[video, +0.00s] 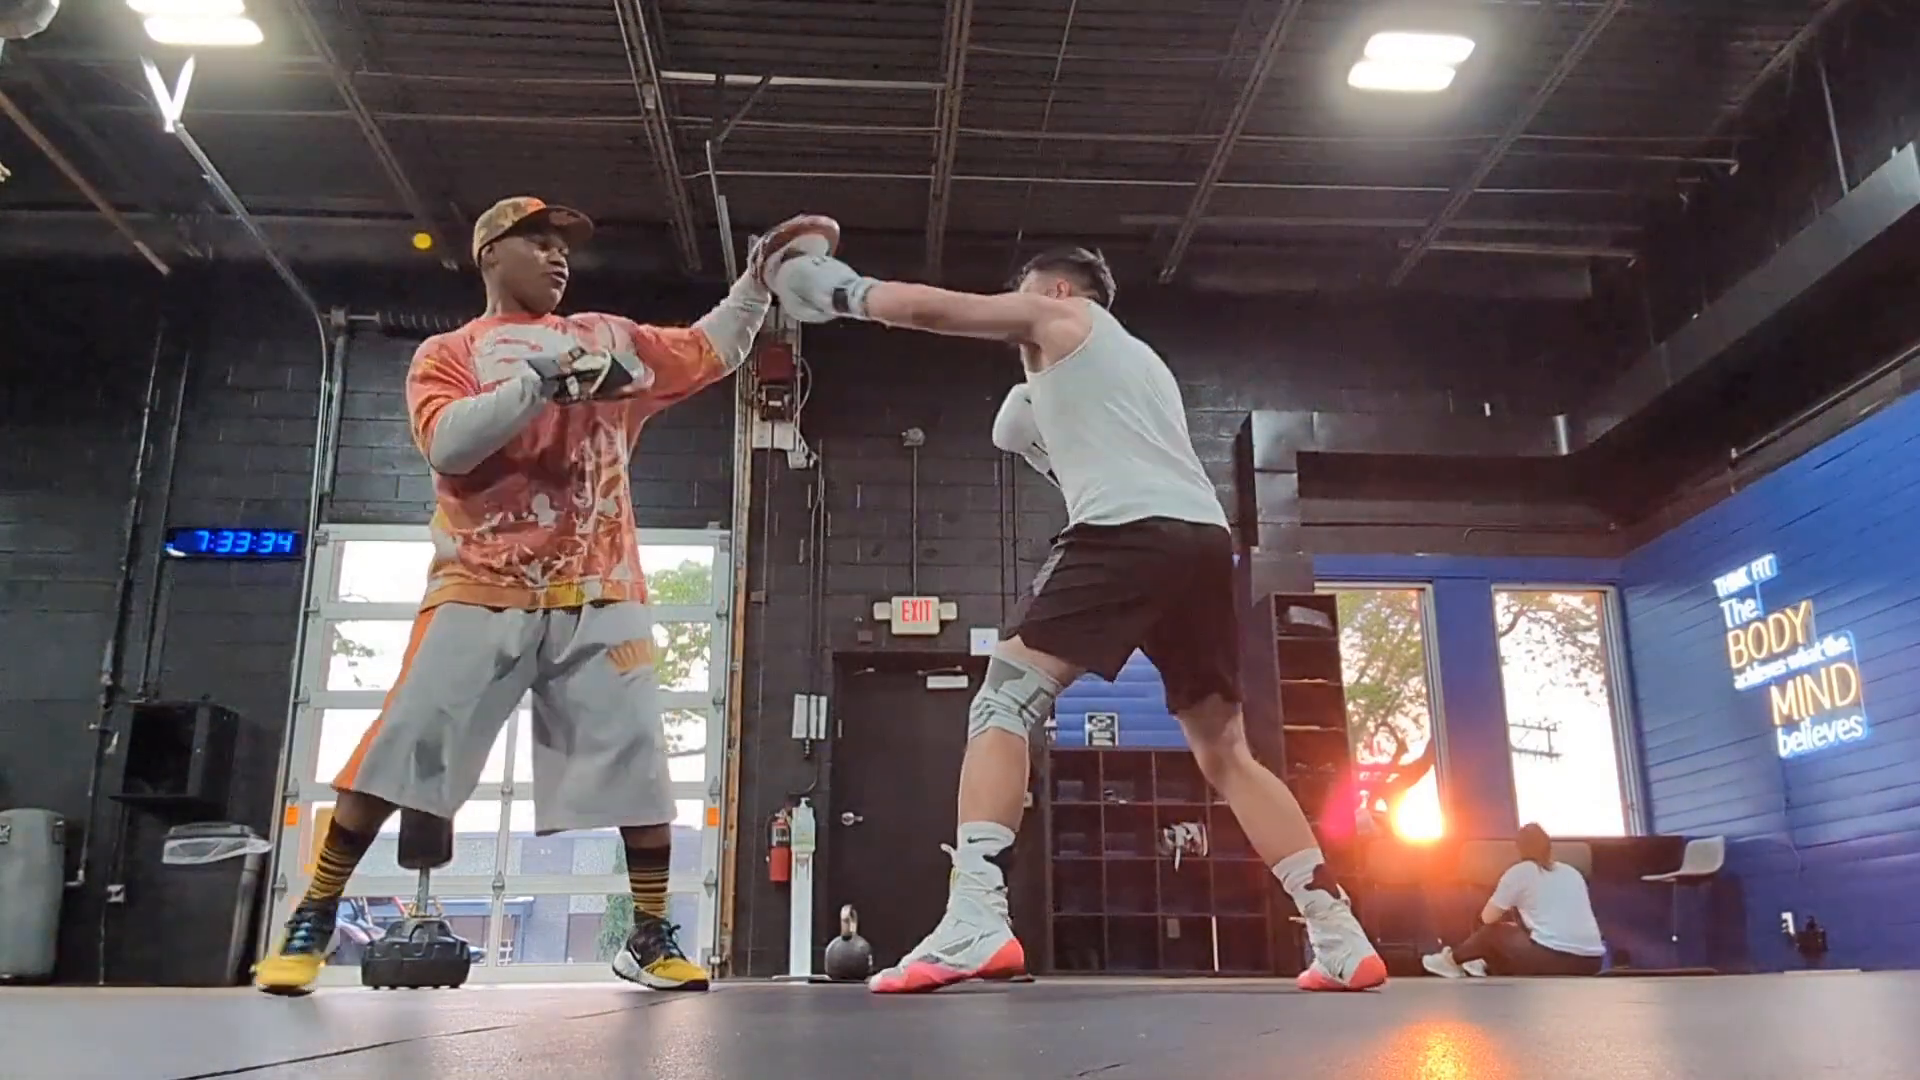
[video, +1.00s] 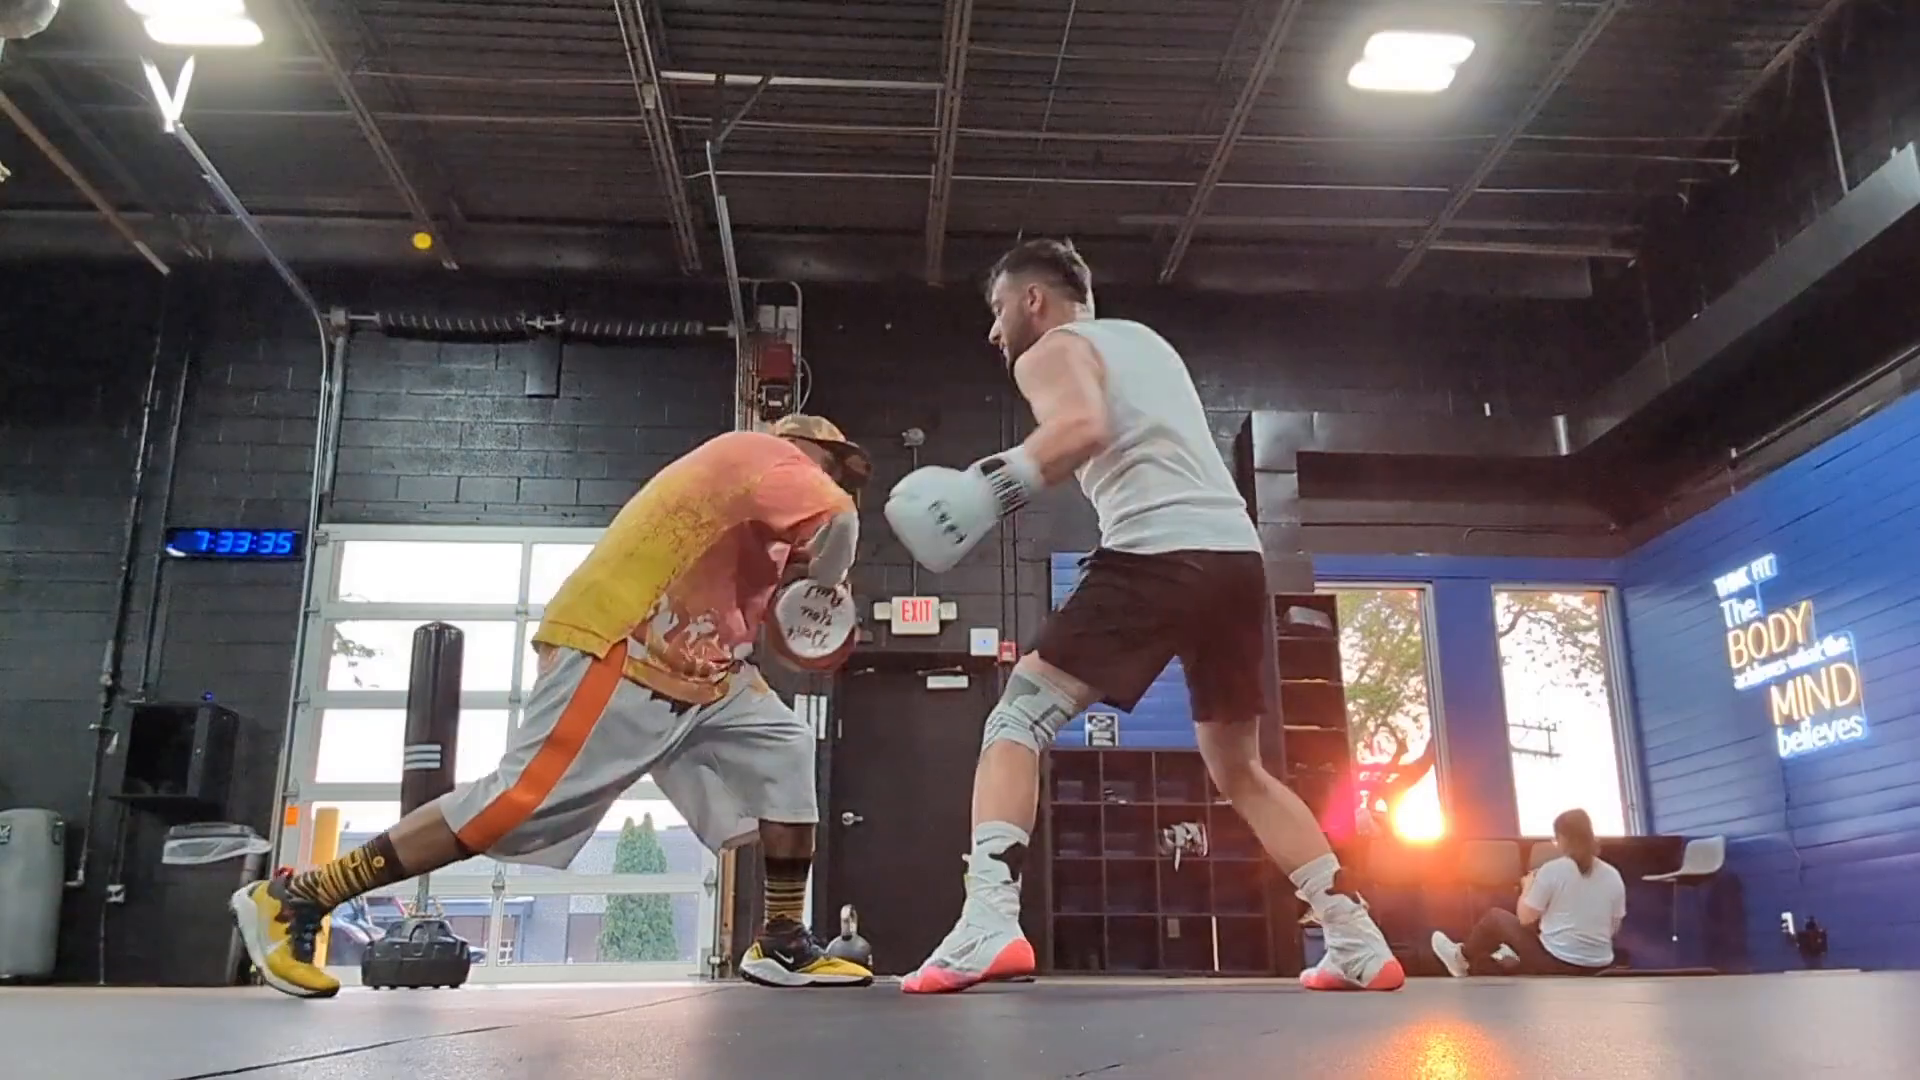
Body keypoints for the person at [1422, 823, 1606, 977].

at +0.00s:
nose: (1518, 848)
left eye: (1519, 844)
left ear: (1521, 848)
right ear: (1547, 846)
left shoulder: (1519, 873)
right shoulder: (1573, 873)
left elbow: (1488, 917)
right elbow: (1561, 914)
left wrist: (1517, 924)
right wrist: (1522, 920)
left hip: (1554, 959)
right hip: (1591, 962)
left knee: (1492, 932)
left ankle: (1450, 960)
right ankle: (1481, 963)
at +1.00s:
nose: (1556, 843)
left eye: (1557, 838)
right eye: (1556, 838)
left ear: (1563, 839)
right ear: (1588, 836)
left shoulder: (1552, 871)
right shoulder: (1612, 875)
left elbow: (1525, 918)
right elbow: (1614, 927)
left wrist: (1527, 889)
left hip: (1560, 961)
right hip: (1600, 962)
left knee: (1496, 918)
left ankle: (1462, 957)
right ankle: (1516, 955)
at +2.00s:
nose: (1519, 851)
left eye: (1519, 845)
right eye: (1519, 846)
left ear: (1524, 842)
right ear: (1549, 839)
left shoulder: (1522, 867)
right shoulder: (1579, 868)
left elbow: (1515, 920)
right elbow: (1602, 923)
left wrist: (1509, 927)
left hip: (1547, 961)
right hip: (1591, 962)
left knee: (1476, 921)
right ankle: (1509, 964)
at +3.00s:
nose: (1513, 853)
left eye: (1512, 848)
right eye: (1511, 849)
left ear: (1518, 844)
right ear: (1542, 839)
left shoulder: (1518, 869)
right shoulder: (1574, 867)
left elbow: (1515, 923)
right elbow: (1600, 921)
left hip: (1549, 961)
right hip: (1592, 962)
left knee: (1475, 923)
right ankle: (1514, 966)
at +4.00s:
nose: (1515, 853)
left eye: (1513, 848)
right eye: (1513, 848)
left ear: (1518, 844)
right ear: (1544, 839)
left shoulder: (1520, 869)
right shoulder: (1575, 867)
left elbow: (1519, 924)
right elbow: (1601, 922)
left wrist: (1508, 920)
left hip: (1550, 961)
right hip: (1592, 962)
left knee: (1475, 923)